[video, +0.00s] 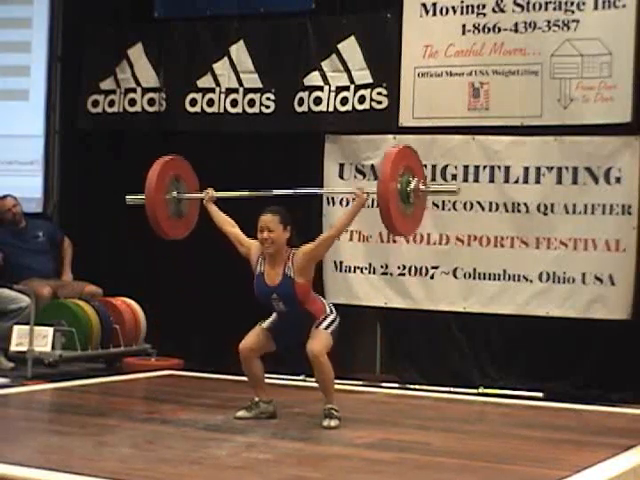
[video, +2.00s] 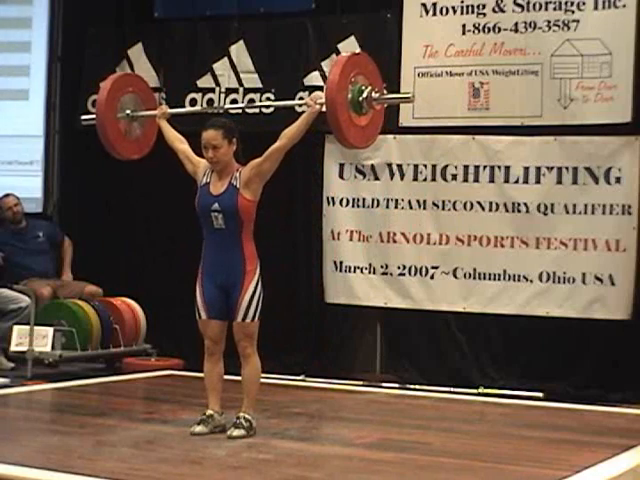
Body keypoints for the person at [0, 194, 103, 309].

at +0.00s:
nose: (14, 211)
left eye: (15, 206)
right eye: (8, 211)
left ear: (20, 205)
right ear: (2, 217)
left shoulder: (41, 226)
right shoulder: (4, 235)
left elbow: (66, 242)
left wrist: (67, 274)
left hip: (53, 279)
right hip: (24, 281)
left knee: (95, 292)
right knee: (45, 293)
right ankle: (34, 337)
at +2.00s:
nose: (15, 211)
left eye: (16, 205)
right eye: (9, 209)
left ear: (22, 206)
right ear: (3, 215)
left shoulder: (41, 226)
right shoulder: (4, 235)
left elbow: (66, 242)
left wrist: (67, 273)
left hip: (54, 279)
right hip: (26, 280)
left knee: (94, 292)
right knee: (45, 293)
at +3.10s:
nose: (66, 211)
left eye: (69, 208)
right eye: (61, 207)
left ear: (72, 212)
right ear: (52, 209)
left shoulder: (70, 237)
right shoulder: (36, 233)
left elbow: (77, 266)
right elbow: (32, 271)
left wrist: (77, 273)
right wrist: (66, 278)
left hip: (61, 279)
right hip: (37, 279)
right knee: (48, 291)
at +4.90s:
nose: (78, 213)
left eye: (80, 209)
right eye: (73, 209)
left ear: (82, 212)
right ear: (62, 212)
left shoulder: (79, 238)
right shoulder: (42, 234)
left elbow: (80, 277)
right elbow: (21, 258)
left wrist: (84, 260)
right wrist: (47, 271)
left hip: (65, 284)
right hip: (40, 283)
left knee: (94, 292)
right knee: (46, 294)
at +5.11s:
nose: (79, 212)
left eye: (81, 208)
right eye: (74, 207)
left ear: (82, 210)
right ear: (62, 211)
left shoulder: (79, 238)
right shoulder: (42, 235)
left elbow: (80, 267)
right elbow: (33, 269)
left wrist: (79, 280)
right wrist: (60, 284)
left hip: (68, 284)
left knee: (95, 292)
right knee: (46, 293)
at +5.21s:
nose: (81, 211)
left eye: (82, 207)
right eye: (75, 207)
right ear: (63, 210)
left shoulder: (79, 237)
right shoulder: (43, 235)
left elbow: (82, 267)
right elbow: (35, 270)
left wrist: (78, 284)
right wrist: (61, 286)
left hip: (69, 282)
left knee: (96, 292)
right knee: (47, 293)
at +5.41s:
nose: (84, 210)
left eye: (85, 207)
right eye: (80, 206)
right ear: (67, 209)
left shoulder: (80, 238)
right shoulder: (44, 233)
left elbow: (82, 268)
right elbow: (35, 267)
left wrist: (76, 285)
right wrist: (58, 286)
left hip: (69, 281)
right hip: (46, 281)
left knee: (95, 292)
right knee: (46, 293)